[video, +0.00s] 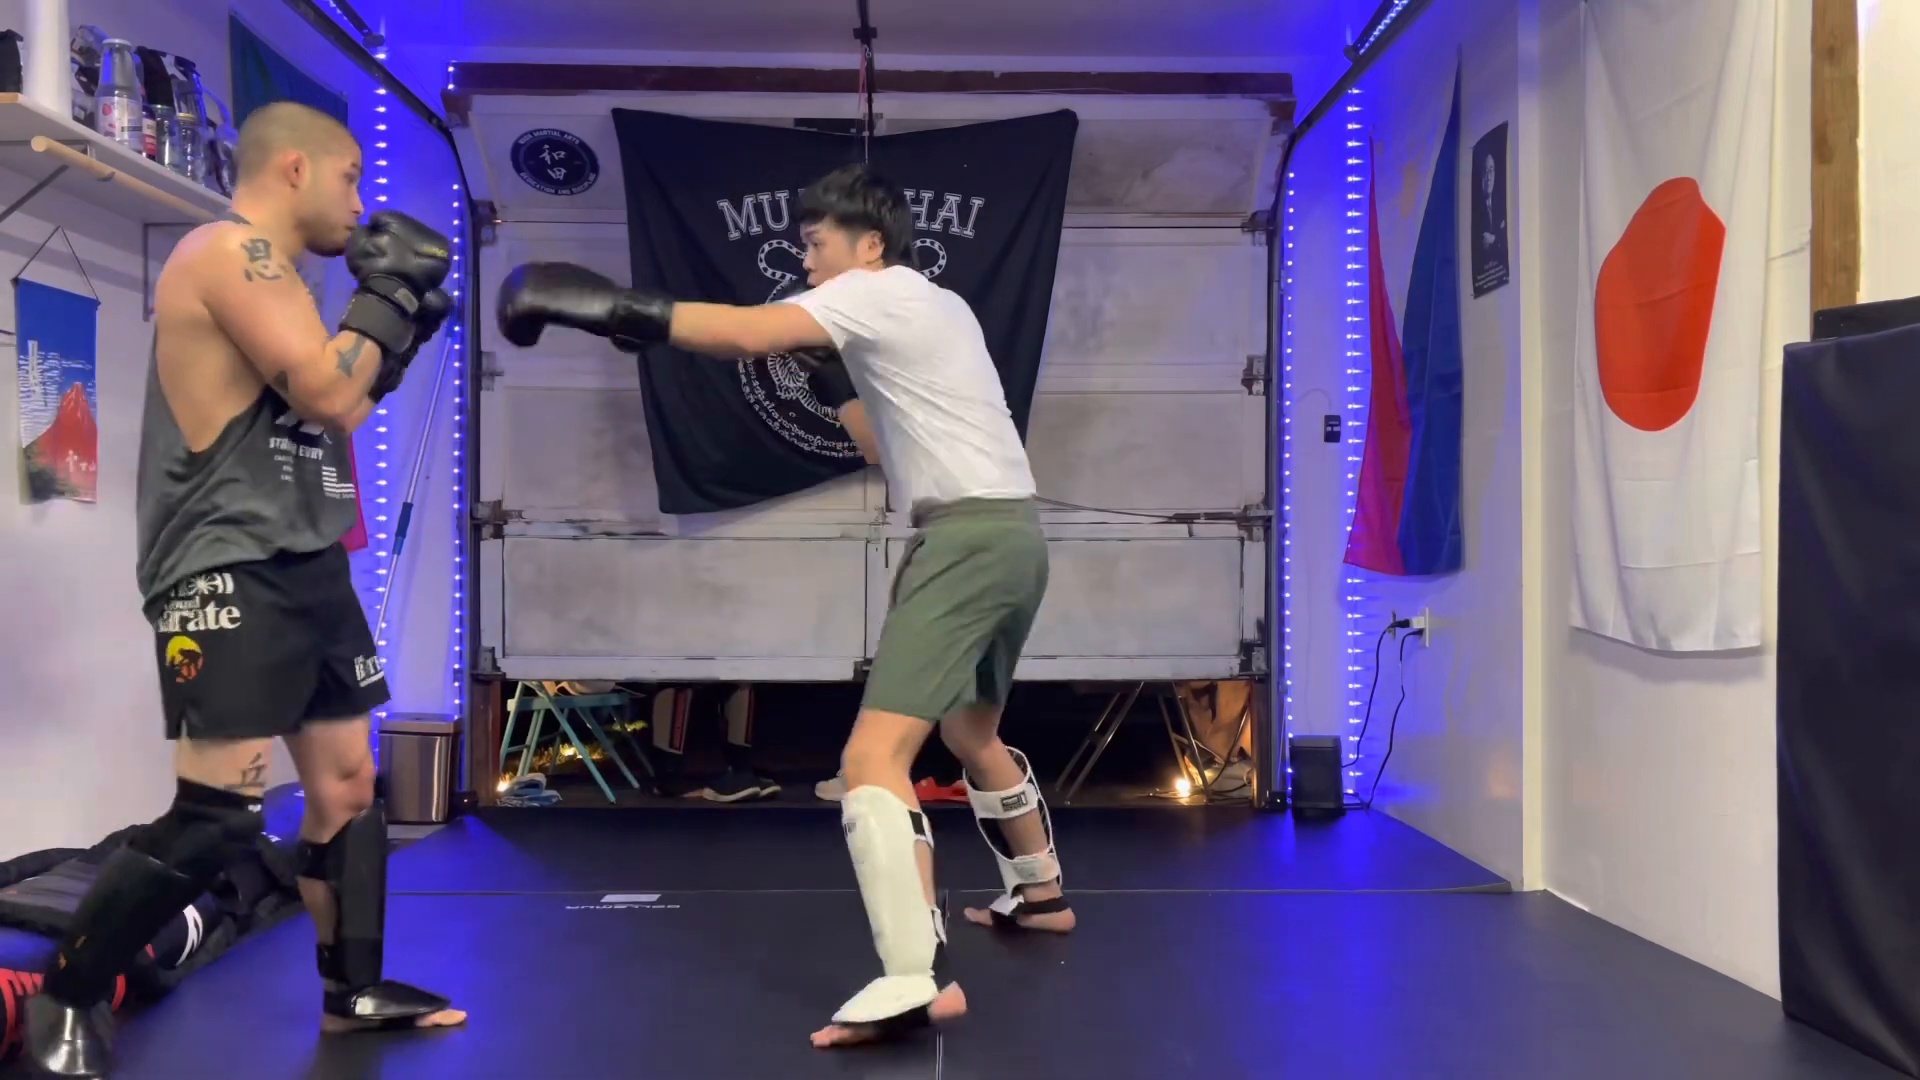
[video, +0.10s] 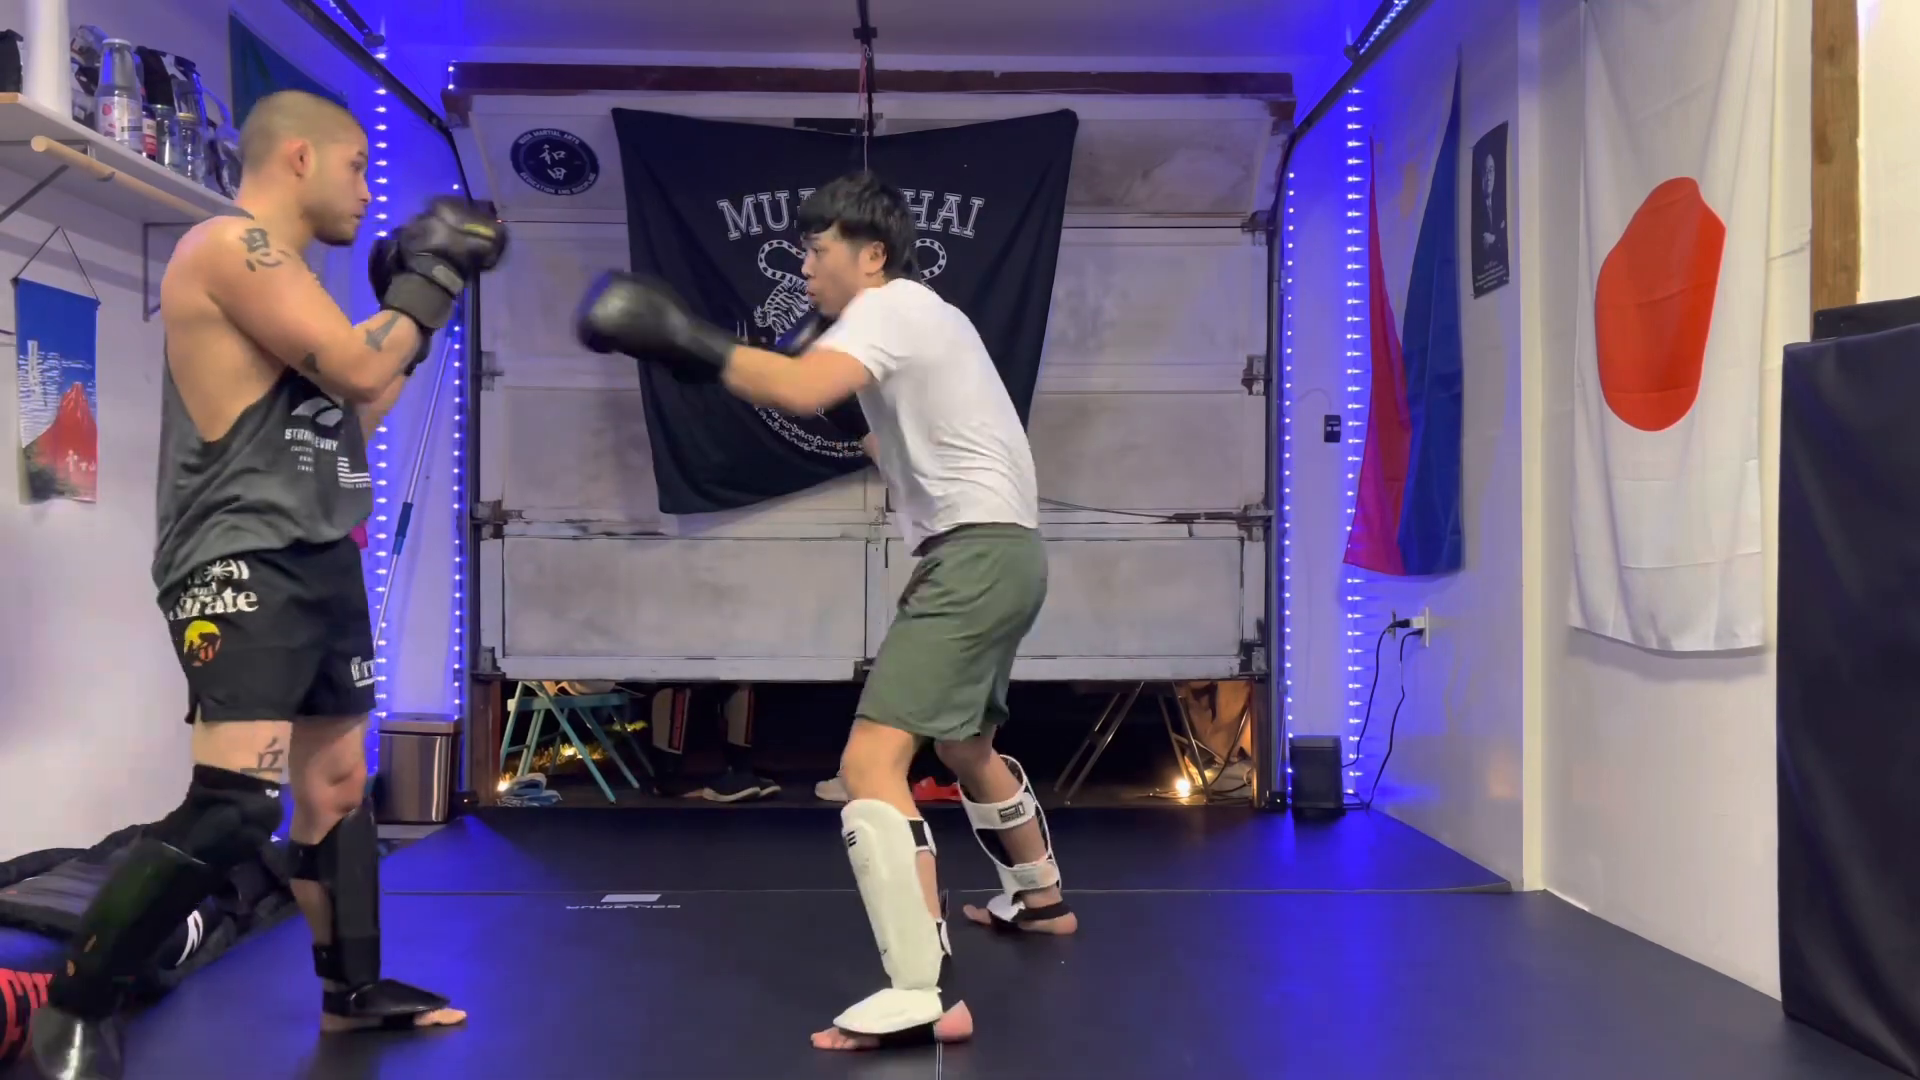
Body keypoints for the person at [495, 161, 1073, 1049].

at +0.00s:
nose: (806, 265)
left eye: (817, 248)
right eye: (805, 249)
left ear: (870, 242)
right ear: (883, 249)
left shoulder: (878, 298)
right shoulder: (940, 309)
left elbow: (747, 330)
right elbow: (890, 443)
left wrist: (613, 308)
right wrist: (822, 392)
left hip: (967, 538)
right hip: (1014, 538)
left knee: (874, 760)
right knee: (973, 732)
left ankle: (912, 974)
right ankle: (1039, 890)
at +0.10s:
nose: (804, 270)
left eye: (816, 253)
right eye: (805, 254)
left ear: (872, 253)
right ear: (870, 258)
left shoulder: (890, 309)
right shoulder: (921, 312)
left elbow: (802, 387)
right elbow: (962, 427)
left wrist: (693, 340)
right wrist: (893, 444)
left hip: (973, 552)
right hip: (998, 549)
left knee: (873, 762)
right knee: (965, 746)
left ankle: (916, 990)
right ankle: (1039, 896)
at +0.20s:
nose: (807, 272)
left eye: (818, 252)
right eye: (804, 255)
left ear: (877, 251)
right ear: (844, 255)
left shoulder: (935, 317)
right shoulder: (859, 335)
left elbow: (926, 460)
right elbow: (847, 443)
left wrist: (826, 393)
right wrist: (775, 380)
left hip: (996, 542)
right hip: (949, 547)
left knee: (908, 751)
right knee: (967, 757)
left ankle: (926, 989)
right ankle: (1038, 891)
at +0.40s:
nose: (796, 306)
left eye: (812, 290)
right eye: (795, 288)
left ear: (873, 292)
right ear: (834, 295)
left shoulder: (962, 349)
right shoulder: (830, 347)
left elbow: (1010, 487)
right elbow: (727, 392)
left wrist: (895, 471)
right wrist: (667, 356)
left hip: (1007, 562)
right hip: (936, 568)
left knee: (919, 745)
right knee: (970, 746)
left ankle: (945, 1002)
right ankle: (1036, 890)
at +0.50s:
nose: (761, 276)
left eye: (773, 258)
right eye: (760, 258)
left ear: (831, 260)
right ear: (806, 264)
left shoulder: (910, 317)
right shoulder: (826, 329)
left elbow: (1023, 431)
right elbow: (754, 398)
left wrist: (935, 513)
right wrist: (705, 330)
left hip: (994, 548)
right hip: (944, 552)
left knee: (877, 753)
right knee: (944, 743)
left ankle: (939, 1004)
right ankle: (1034, 899)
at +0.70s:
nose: (747, 241)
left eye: (758, 223)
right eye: (748, 223)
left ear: (814, 226)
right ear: (839, 228)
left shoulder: (808, 294)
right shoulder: (927, 289)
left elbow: (719, 372)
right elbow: (943, 412)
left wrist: (569, 366)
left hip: (923, 565)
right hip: (1005, 558)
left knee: (777, 781)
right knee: (954, 740)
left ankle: (784, 1026)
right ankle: (1009, 918)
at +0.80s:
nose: (742, 230)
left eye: (758, 211)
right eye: (744, 212)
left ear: (820, 218)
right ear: (823, 223)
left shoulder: (813, 300)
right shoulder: (910, 299)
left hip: (916, 581)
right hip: (969, 576)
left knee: (747, 781)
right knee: (919, 764)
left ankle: (785, 1039)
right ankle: (1011, 911)